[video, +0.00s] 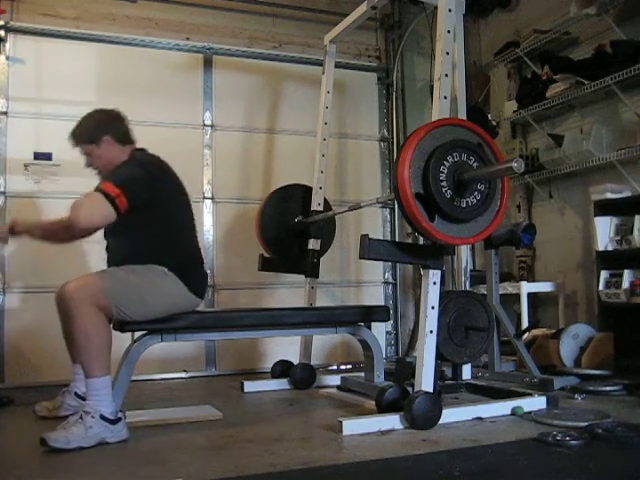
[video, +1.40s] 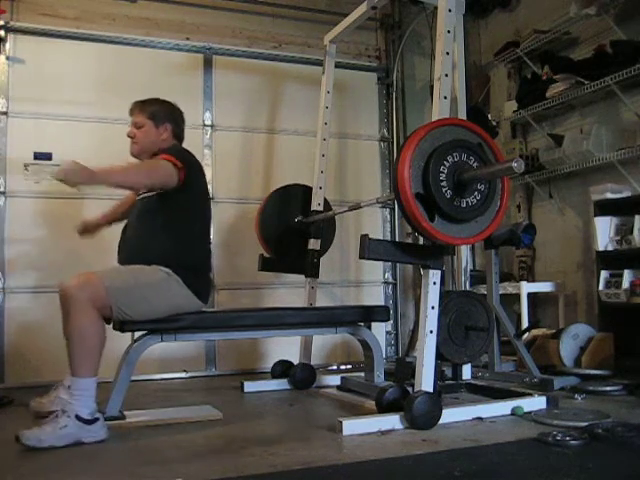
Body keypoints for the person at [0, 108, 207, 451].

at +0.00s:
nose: (88, 161)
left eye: (90, 153)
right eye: (85, 155)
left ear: (109, 142)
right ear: (112, 143)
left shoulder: (141, 170)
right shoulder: (127, 173)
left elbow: (80, 220)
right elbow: (75, 229)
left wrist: (31, 229)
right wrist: (28, 228)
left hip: (173, 280)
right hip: (150, 278)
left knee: (81, 296)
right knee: (68, 295)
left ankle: (104, 416)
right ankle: (81, 394)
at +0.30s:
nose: (118, 148)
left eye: (121, 139)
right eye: (119, 140)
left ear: (139, 137)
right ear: (146, 138)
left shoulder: (164, 167)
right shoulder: (155, 169)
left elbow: (85, 203)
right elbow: (91, 204)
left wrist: (37, 183)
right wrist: (41, 185)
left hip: (175, 280)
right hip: (154, 277)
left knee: (82, 297)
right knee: (67, 296)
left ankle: (104, 416)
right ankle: (82, 395)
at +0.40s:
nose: (125, 146)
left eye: (128, 137)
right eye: (125, 138)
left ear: (146, 136)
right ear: (151, 138)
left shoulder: (167, 168)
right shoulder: (161, 169)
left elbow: (88, 198)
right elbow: (94, 199)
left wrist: (37, 171)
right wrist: (42, 174)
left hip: (177, 280)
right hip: (157, 276)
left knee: (83, 297)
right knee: (68, 295)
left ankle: (104, 416)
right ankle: (82, 394)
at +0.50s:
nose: (129, 146)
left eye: (133, 138)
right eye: (130, 138)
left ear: (153, 138)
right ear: (155, 139)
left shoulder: (170, 169)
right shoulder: (159, 169)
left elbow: (100, 204)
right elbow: (90, 191)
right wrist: (40, 162)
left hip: (178, 280)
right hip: (157, 276)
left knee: (84, 296)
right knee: (69, 294)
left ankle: (104, 416)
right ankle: (82, 394)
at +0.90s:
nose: (138, 140)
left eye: (145, 132)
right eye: (138, 133)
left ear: (171, 135)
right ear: (169, 136)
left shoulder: (179, 166)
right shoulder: (166, 169)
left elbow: (109, 196)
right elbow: (113, 202)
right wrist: (79, 169)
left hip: (179, 280)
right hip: (156, 277)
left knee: (88, 294)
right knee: (66, 297)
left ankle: (105, 416)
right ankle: (82, 394)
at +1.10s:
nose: (138, 139)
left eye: (145, 131)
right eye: (138, 132)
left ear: (172, 134)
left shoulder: (181, 162)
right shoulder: (163, 174)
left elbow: (113, 180)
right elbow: (131, 221)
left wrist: (97, 180)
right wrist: (101, 197)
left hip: (179, 281)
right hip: (154, 279)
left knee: (87, 286)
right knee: (66, 296)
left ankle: (99, 409)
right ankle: (81, 392)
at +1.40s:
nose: (130, 133)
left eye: (138, 127)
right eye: (131, 126)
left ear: (165, 132)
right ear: (159, 133)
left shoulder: (180, 160)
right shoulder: (154, 172)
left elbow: (152, 175)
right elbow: (132, 203)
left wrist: (91, 175)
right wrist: (100, 221)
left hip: (178, 281)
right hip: (154, 278)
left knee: (82, 292)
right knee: (72, 291)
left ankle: (85, 415)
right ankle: (75, 390)